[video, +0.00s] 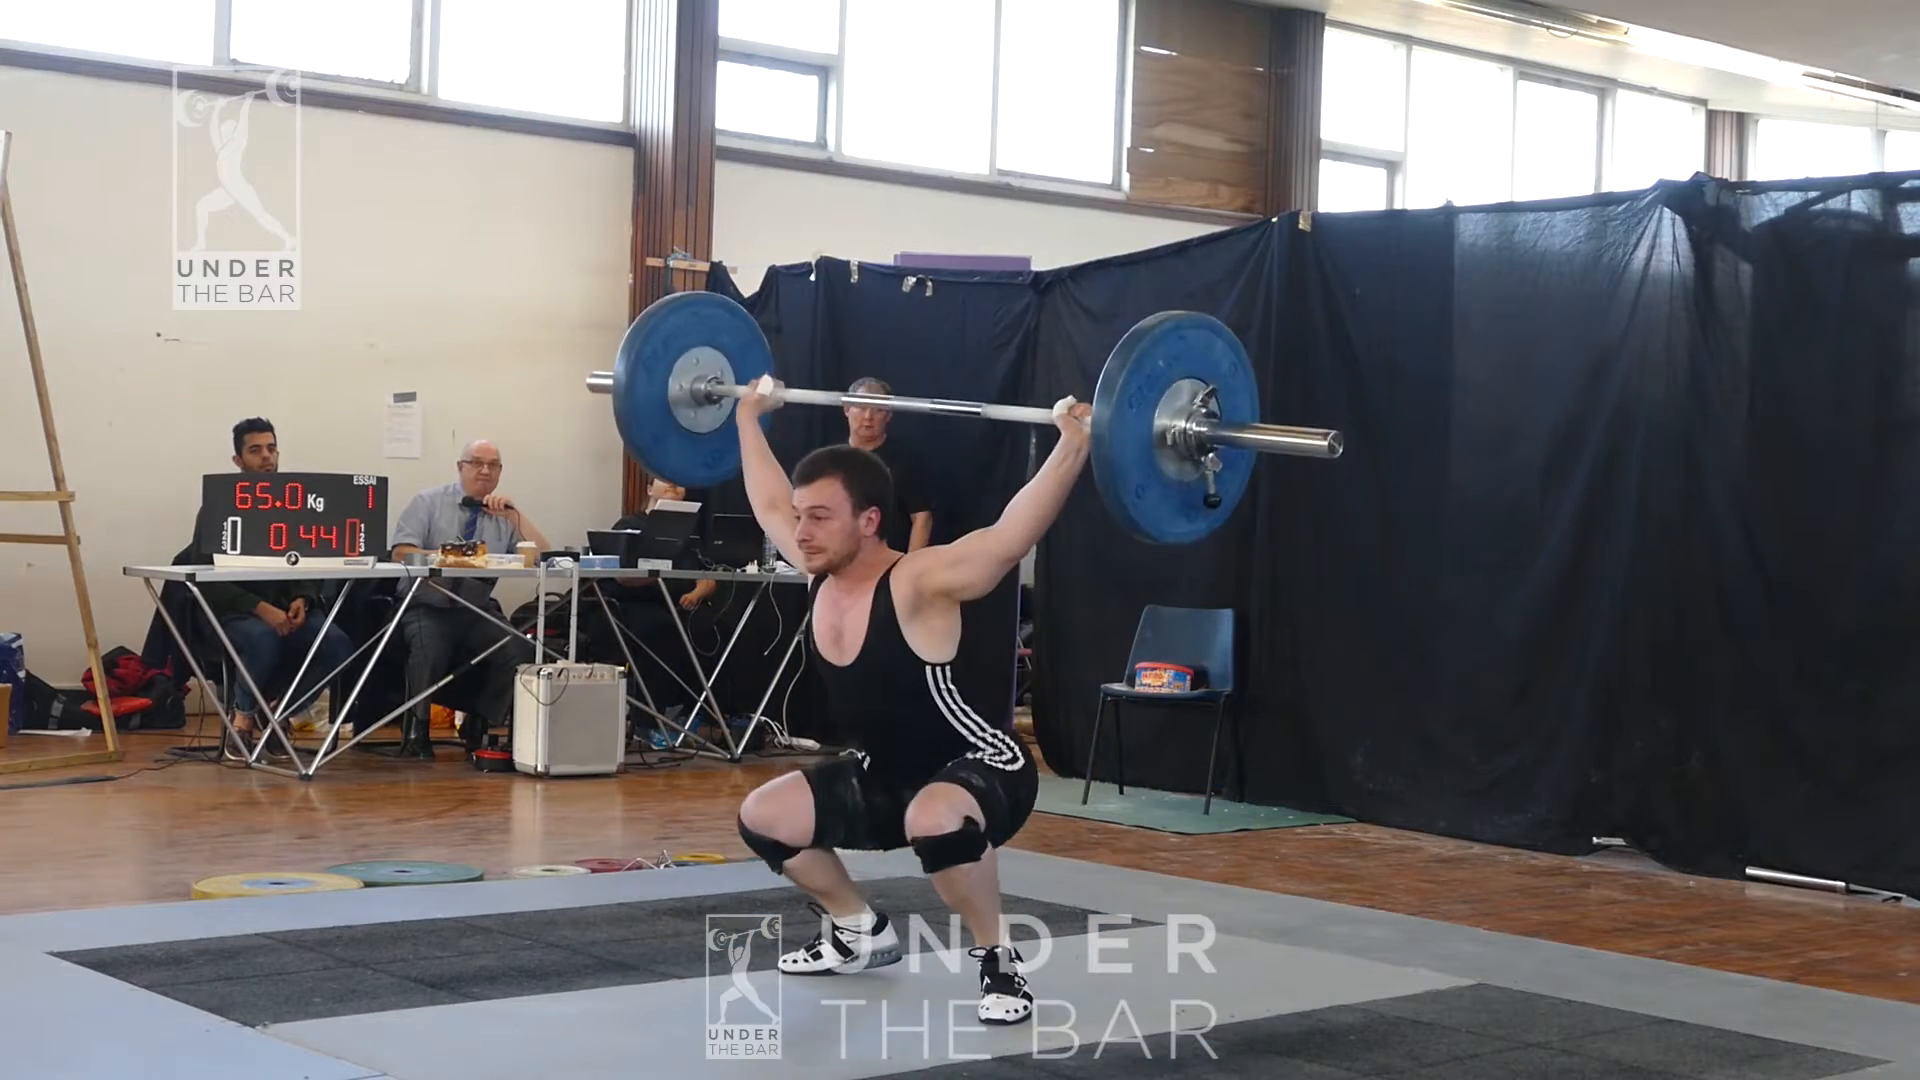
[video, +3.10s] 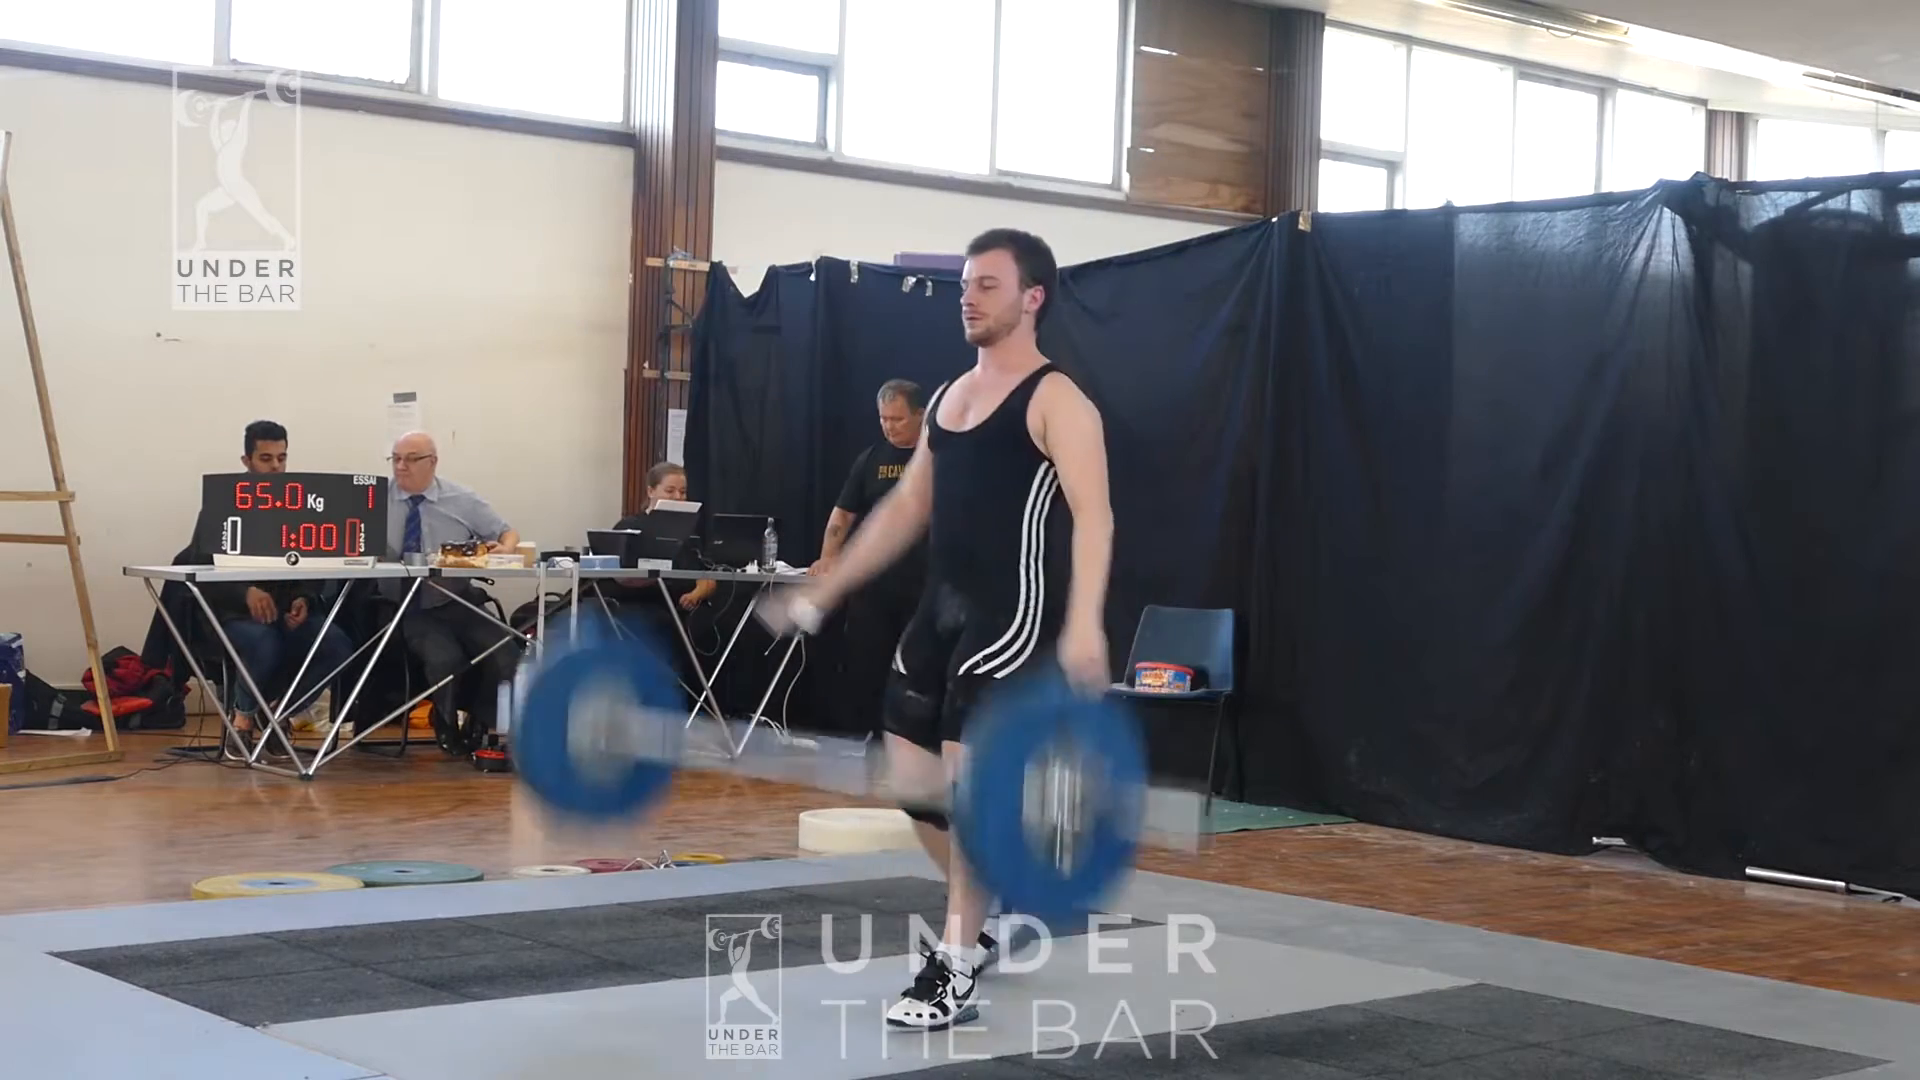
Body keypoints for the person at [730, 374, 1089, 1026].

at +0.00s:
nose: (804, 531)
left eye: (818, 517)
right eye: (800, 517)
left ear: (868, 520)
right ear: (797, 524)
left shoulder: (923, 579)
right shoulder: (823, 577)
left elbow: (1009, 537)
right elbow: (774, 509)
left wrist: (1072, 447)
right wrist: (748, 418)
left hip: (982, 767)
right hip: (886, 776)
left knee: (934, 819)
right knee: (764, 815)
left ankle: (997, 960)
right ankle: (860, 930)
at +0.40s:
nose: (802, 399)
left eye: (815, 385)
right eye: (797, 387)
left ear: (867, 384)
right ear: (795, 392)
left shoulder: (925, 448)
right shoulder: (825, 451)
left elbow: (1014, 399)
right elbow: (778, 379)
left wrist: (1072, 306)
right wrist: (758, 294)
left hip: (976, 670)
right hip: (892, 670)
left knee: (946, 807)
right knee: (795, 806)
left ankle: (999, 953)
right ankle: (860, 929)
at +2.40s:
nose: (797, 285)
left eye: (812, 270)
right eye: (792, 272)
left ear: (866, 272)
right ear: (796, 279)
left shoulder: (910, 346)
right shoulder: (809, 350)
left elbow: (989, 289)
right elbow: (757, 282)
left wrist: (1035, 194)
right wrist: (729, 199)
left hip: (920, 596)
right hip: (843, 595)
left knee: (924, 773)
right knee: (836, 768)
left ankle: (951, 972)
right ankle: (837, 952)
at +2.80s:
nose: (913, 282)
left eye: (930, 269)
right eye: (909, 270)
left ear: (980, 275)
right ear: (911, 277)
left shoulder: (1001, 351)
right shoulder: (902, 345)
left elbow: (1029, 323)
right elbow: (799, 305)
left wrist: (1031, 243)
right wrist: (706, 233)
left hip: (985, 601)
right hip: (910, 594)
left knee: (953, 767)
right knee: (863, 756)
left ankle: (952, 969)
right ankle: (838, 947)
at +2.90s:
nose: (945, 284)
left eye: (963, 270)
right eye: (940, 271)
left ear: (1008, 281)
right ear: (935, 282)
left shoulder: (1022, 363)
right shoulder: (922, 368)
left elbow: (1066, 352)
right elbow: (811, 377)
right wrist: (701, 344)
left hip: (998, 609)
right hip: (923, 600)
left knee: (965, 767)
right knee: (867, 752)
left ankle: (954, 968)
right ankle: (882, 933)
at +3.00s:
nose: (959, 289)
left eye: (977, 276)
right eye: (957, 276)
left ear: (1024, 289)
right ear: (959, 287)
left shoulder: (1046, 386)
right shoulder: (934, 385)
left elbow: (1088, 498)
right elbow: (846, 448)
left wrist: (1060, 557)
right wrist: (734, 482)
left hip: (1008, 601)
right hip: (937, 593)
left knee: (966, 768)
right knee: (880, 763)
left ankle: (955, 972)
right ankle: (947, 906)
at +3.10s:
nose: (968, 298)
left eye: (986, 285)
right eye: (965, 286)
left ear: (1033, 299)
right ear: (967, 297)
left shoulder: (1058, 402)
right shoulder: (952, 396)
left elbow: (1094, 517)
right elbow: (906, 508)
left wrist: (1084, 624)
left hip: (1013, 633)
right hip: (937, 624)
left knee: (975, 789)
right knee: (913, 784)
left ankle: (957, 962)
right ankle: (1004, 909)